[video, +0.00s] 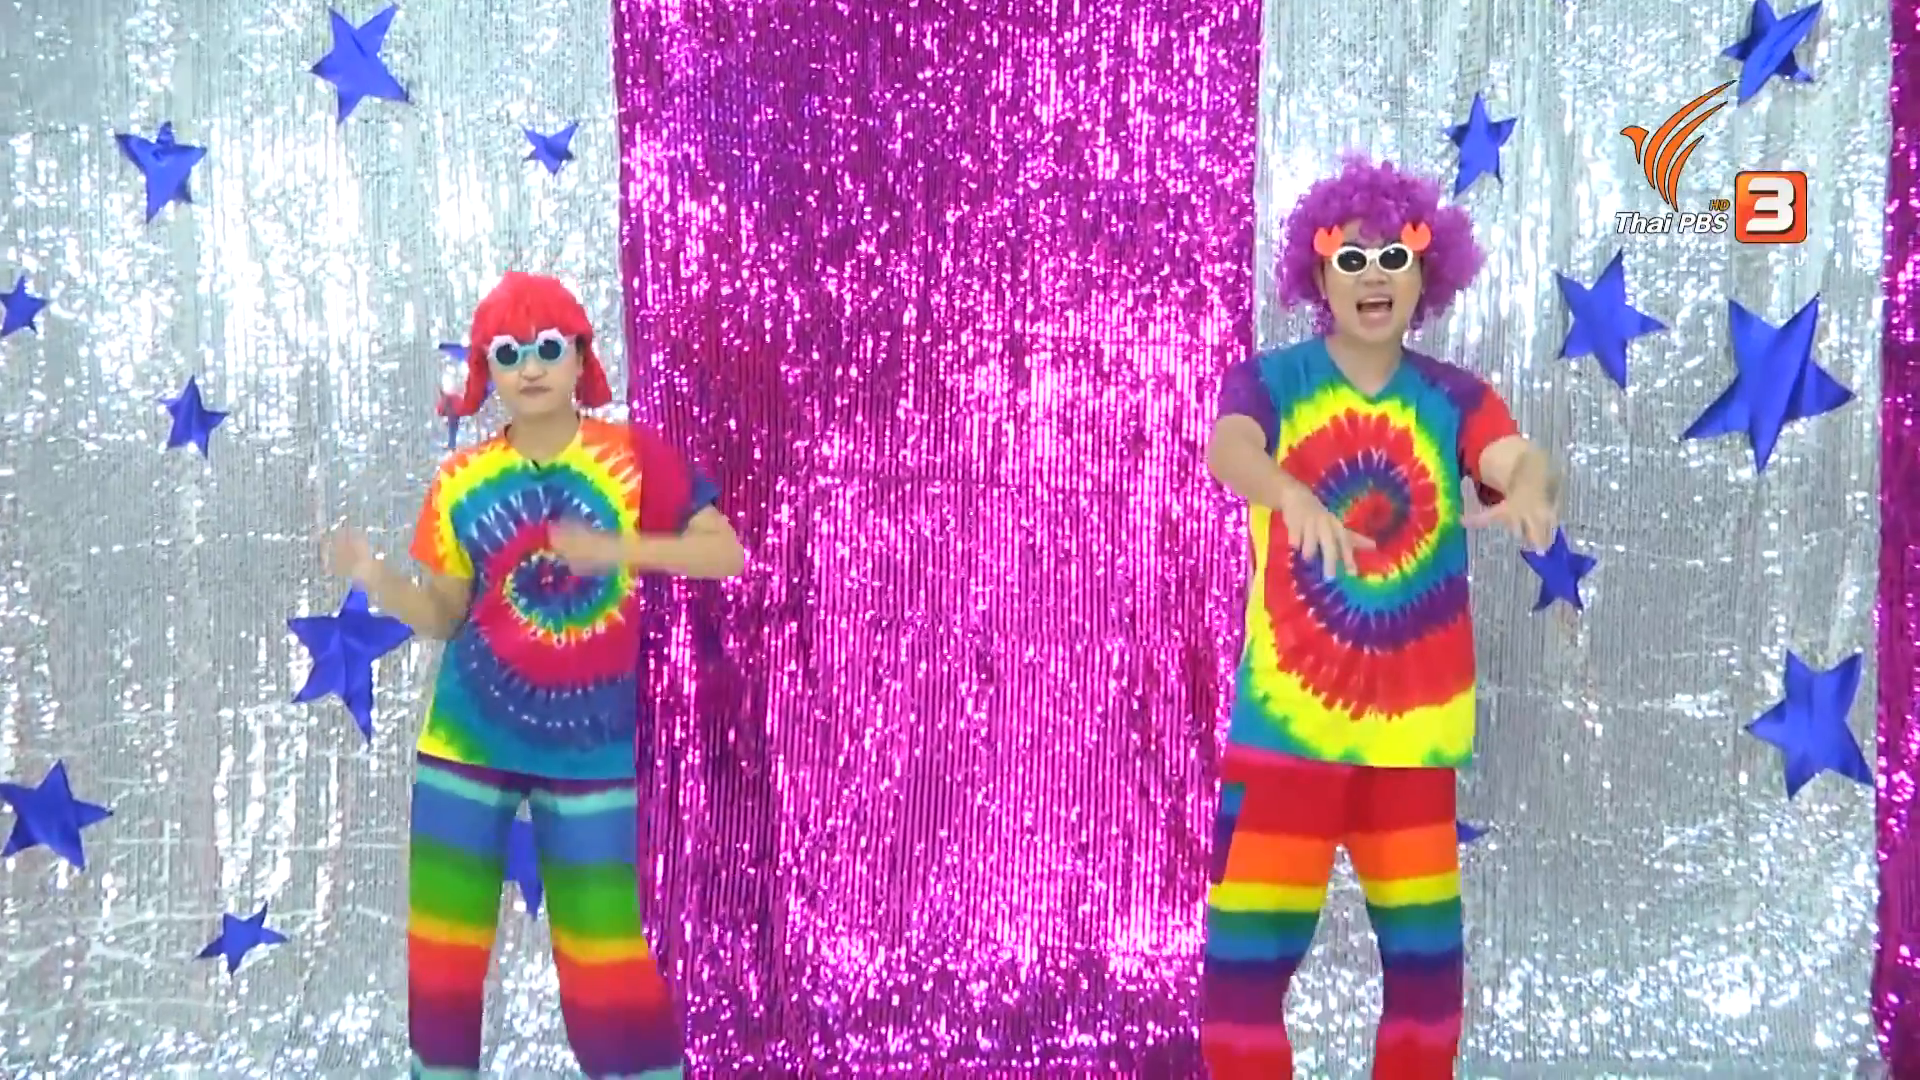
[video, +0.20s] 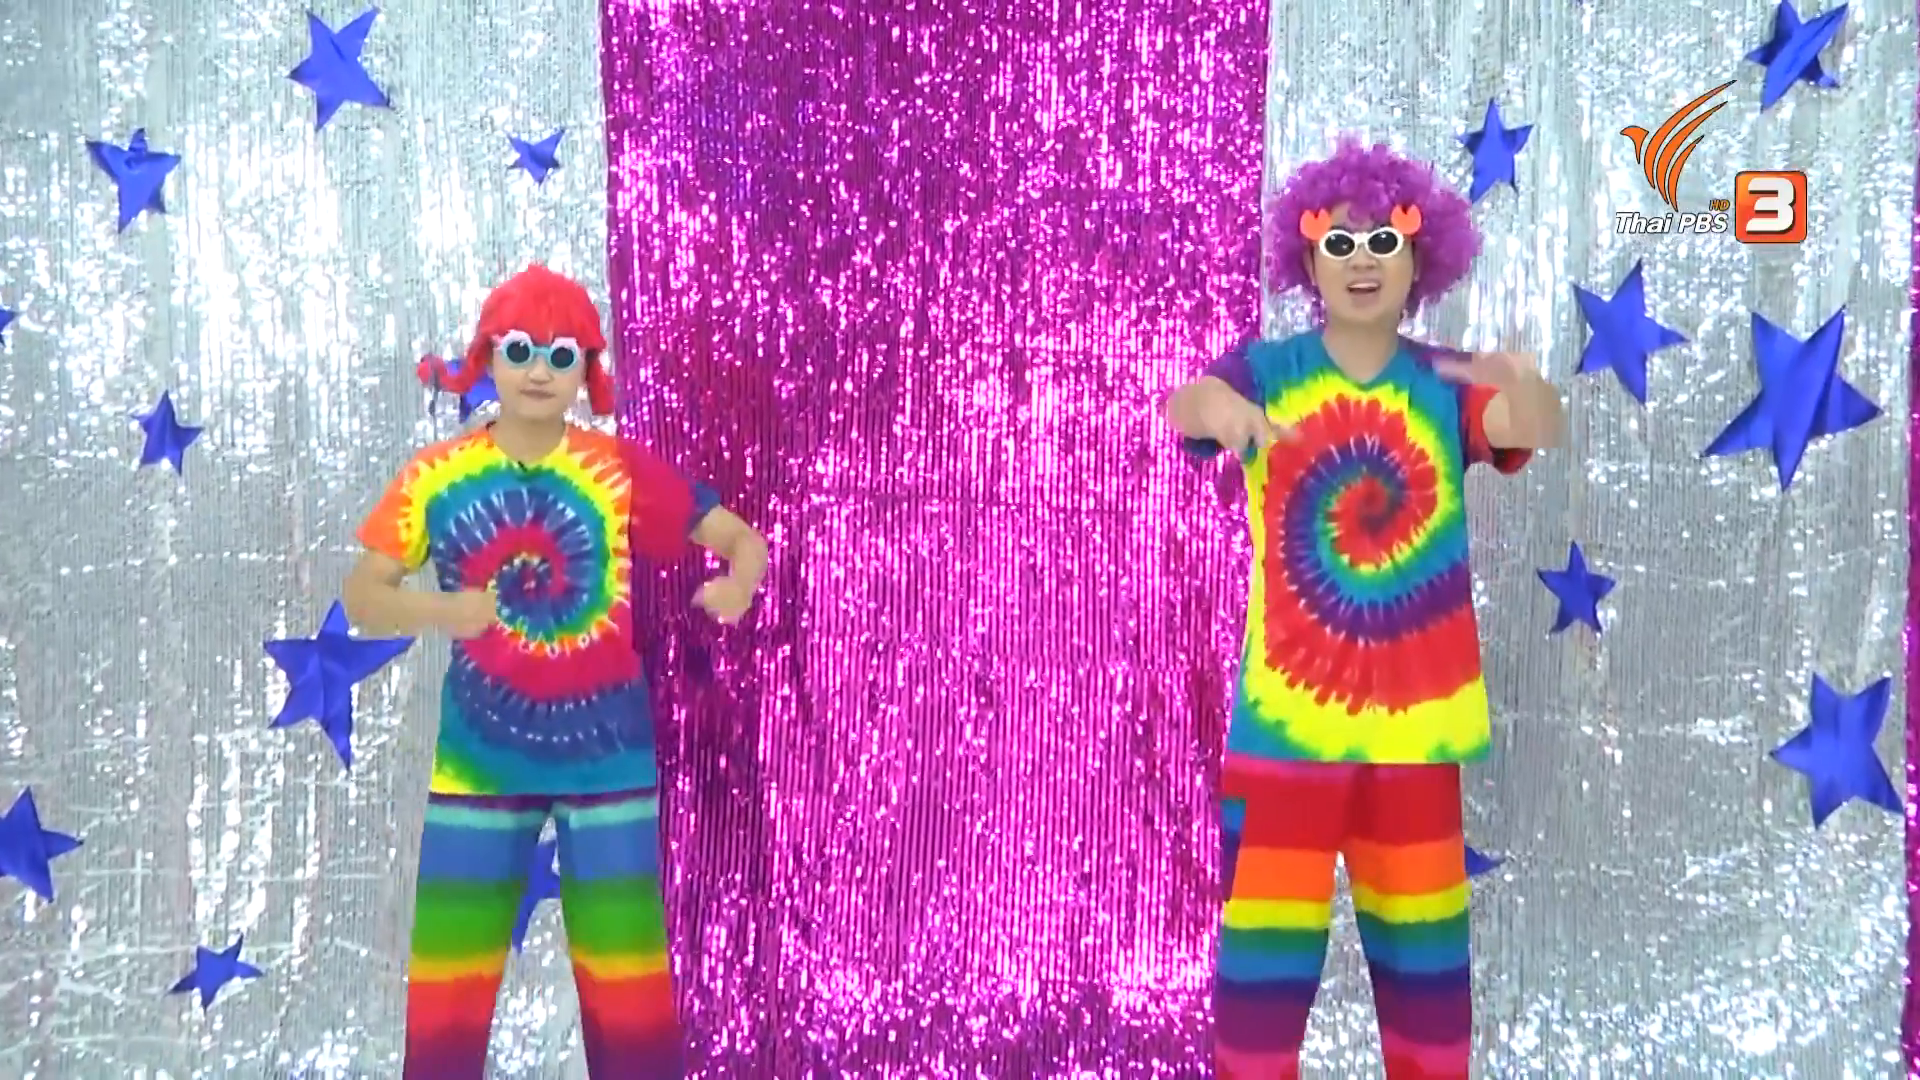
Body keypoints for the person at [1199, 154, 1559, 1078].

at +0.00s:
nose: (1374, 277)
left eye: (1393, 257)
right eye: (1352, 258)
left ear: (1423, 278)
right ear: (1319, 278)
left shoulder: (1459, 397)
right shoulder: (1270, 380)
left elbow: (1522, 464)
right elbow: (1230, 453)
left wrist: (1530, 493)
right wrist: (1294, 494)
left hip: (1414, 733)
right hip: (1286, 730)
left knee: (1428, 962)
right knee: (1247, 958)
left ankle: (1414, 1072)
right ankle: (1246, 1072)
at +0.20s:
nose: (1362, 260)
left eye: (1384, 240)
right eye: (1341, 241)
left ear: (1417, 262)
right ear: (1310, 262)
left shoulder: (1446, 382)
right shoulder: (1267, 369)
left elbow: (1534, 436)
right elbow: (1179, 415)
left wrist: (1522, 374)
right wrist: (1214, 406)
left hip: (1416, 723)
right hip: (1289, 722)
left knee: (1428, 962)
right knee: (1267, 957)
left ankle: (1433, 1076)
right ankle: (1253, 1073)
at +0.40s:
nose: (1326, 291)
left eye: (1348, 272)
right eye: (1304, 273)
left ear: (1381, 292)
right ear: (1273, 295)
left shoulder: (1429, 404)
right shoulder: (1236, 406)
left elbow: (1513, 457)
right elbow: (1161, 463)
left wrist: (1473, 407)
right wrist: (1162, 445)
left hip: (1406, 751)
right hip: (1271, 753)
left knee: (1424, 987)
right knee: (1268, 995)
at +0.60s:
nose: (1311, 334)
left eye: (1333, 314)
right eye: (1288, 315)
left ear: (1367, 334)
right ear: (1257, 336)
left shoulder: (1428, 449)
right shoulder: (1221, 465)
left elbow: (1505, 517)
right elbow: (1151, 543)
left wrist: (1464, 567)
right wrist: (1146, 591)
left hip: (1410, 824)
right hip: (1269, 828)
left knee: (1442, 1056)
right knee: (1265, 1058)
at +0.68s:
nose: (1328, 322)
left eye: (1350, 302)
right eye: (1304, 305)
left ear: (1384, 324)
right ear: (1271, 329)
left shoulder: (1439, 441)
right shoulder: (1233, 456)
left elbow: (1525, 497)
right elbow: (1156, 523)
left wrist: (1495, 519)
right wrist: (1149, 554)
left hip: (1419, 819)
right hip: (1280, 823)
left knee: (1455, 1053)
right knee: (1278, 1054)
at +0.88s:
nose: (1389, 313)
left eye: (1410, 292)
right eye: (1364, 295)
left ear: (1444, 310)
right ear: (1330, 317)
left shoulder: (1490, 431)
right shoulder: (1291, 433)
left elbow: (1596, 469)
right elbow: (1184, 473)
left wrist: (1571, 404)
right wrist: (1220, 443)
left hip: (1461, 801)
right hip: (1322, 801)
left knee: (1474, 1042)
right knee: (1312, 1040)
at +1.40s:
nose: (1453, 325)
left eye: (1477, 303)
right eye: (1427, 305)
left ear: (1516, 324)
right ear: (1394, 330)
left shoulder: (1569, 482)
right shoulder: (1326, 468)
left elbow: (1599, 658)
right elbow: (1245, 630)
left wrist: (1614, 822)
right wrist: (1330, 776)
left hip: (1507, 870)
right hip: (1354, 862)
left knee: (1503, 1067)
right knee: (1340, 1066)